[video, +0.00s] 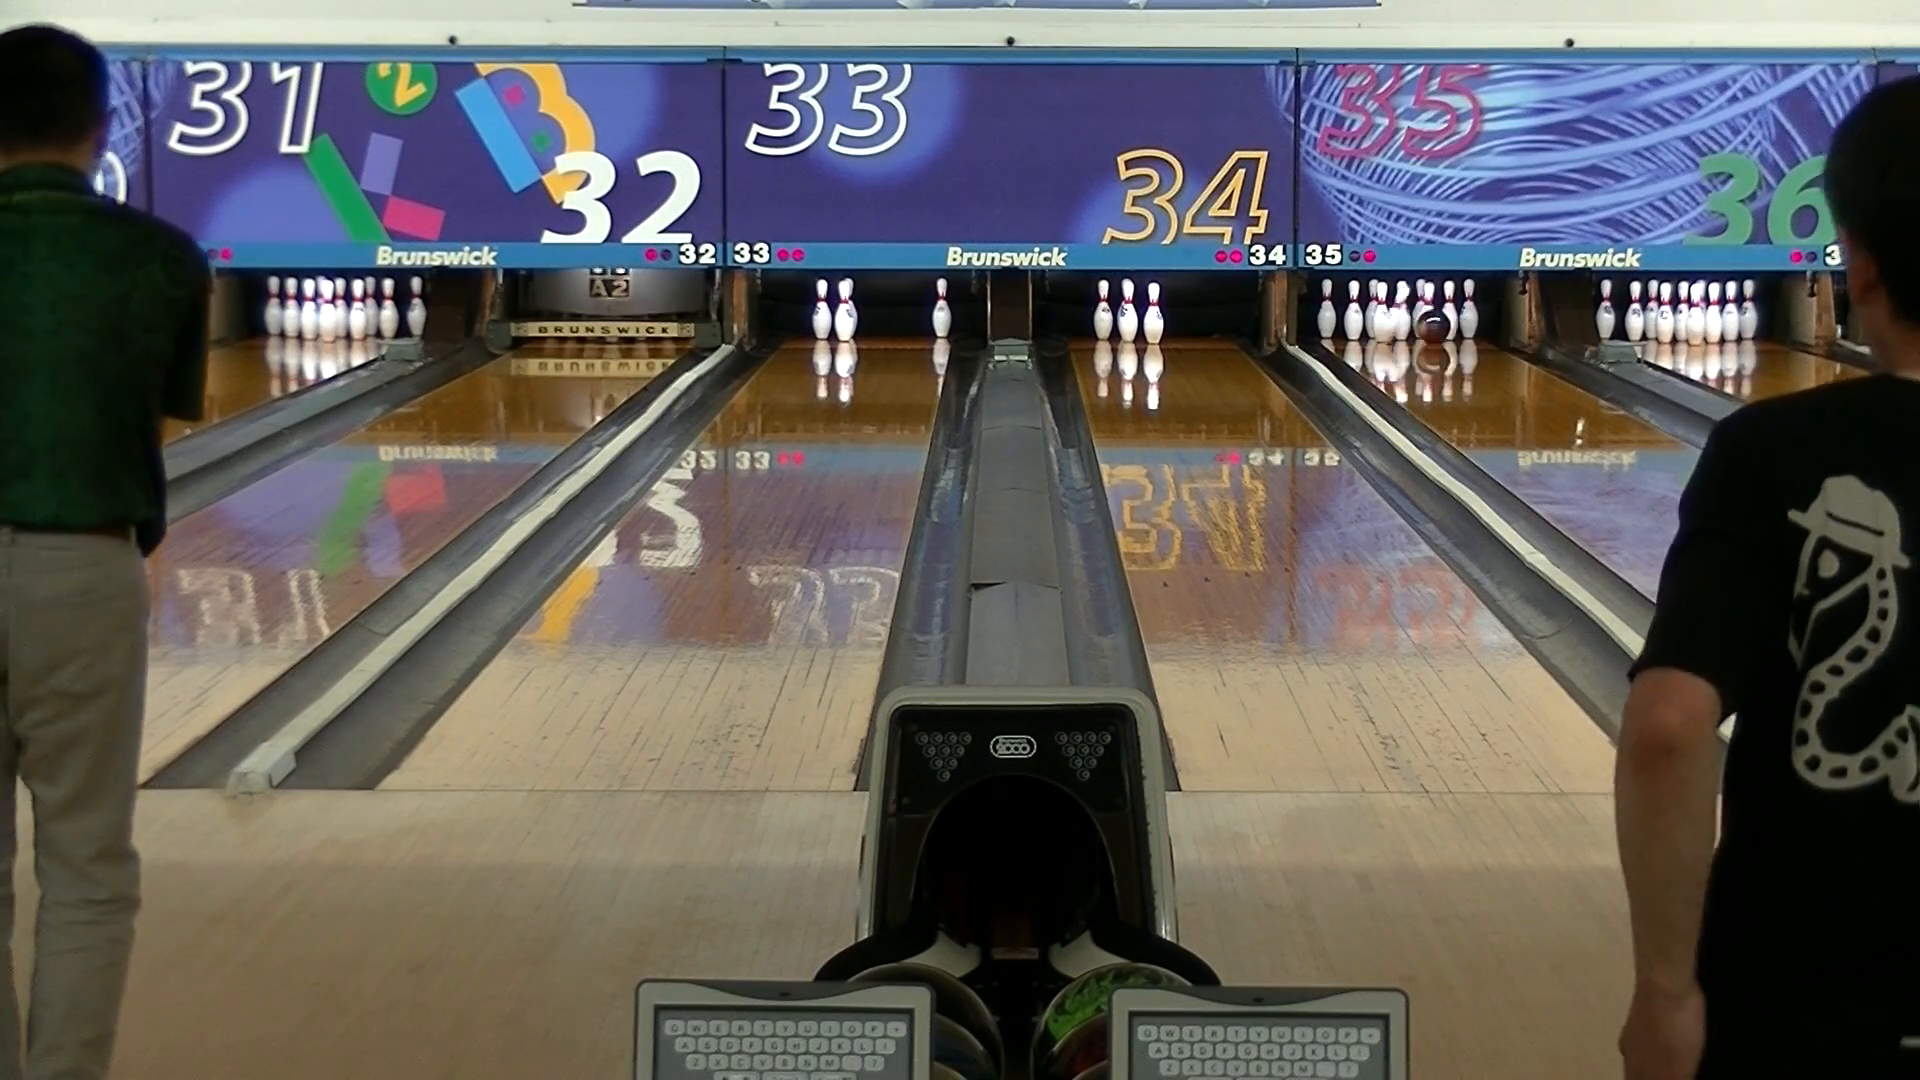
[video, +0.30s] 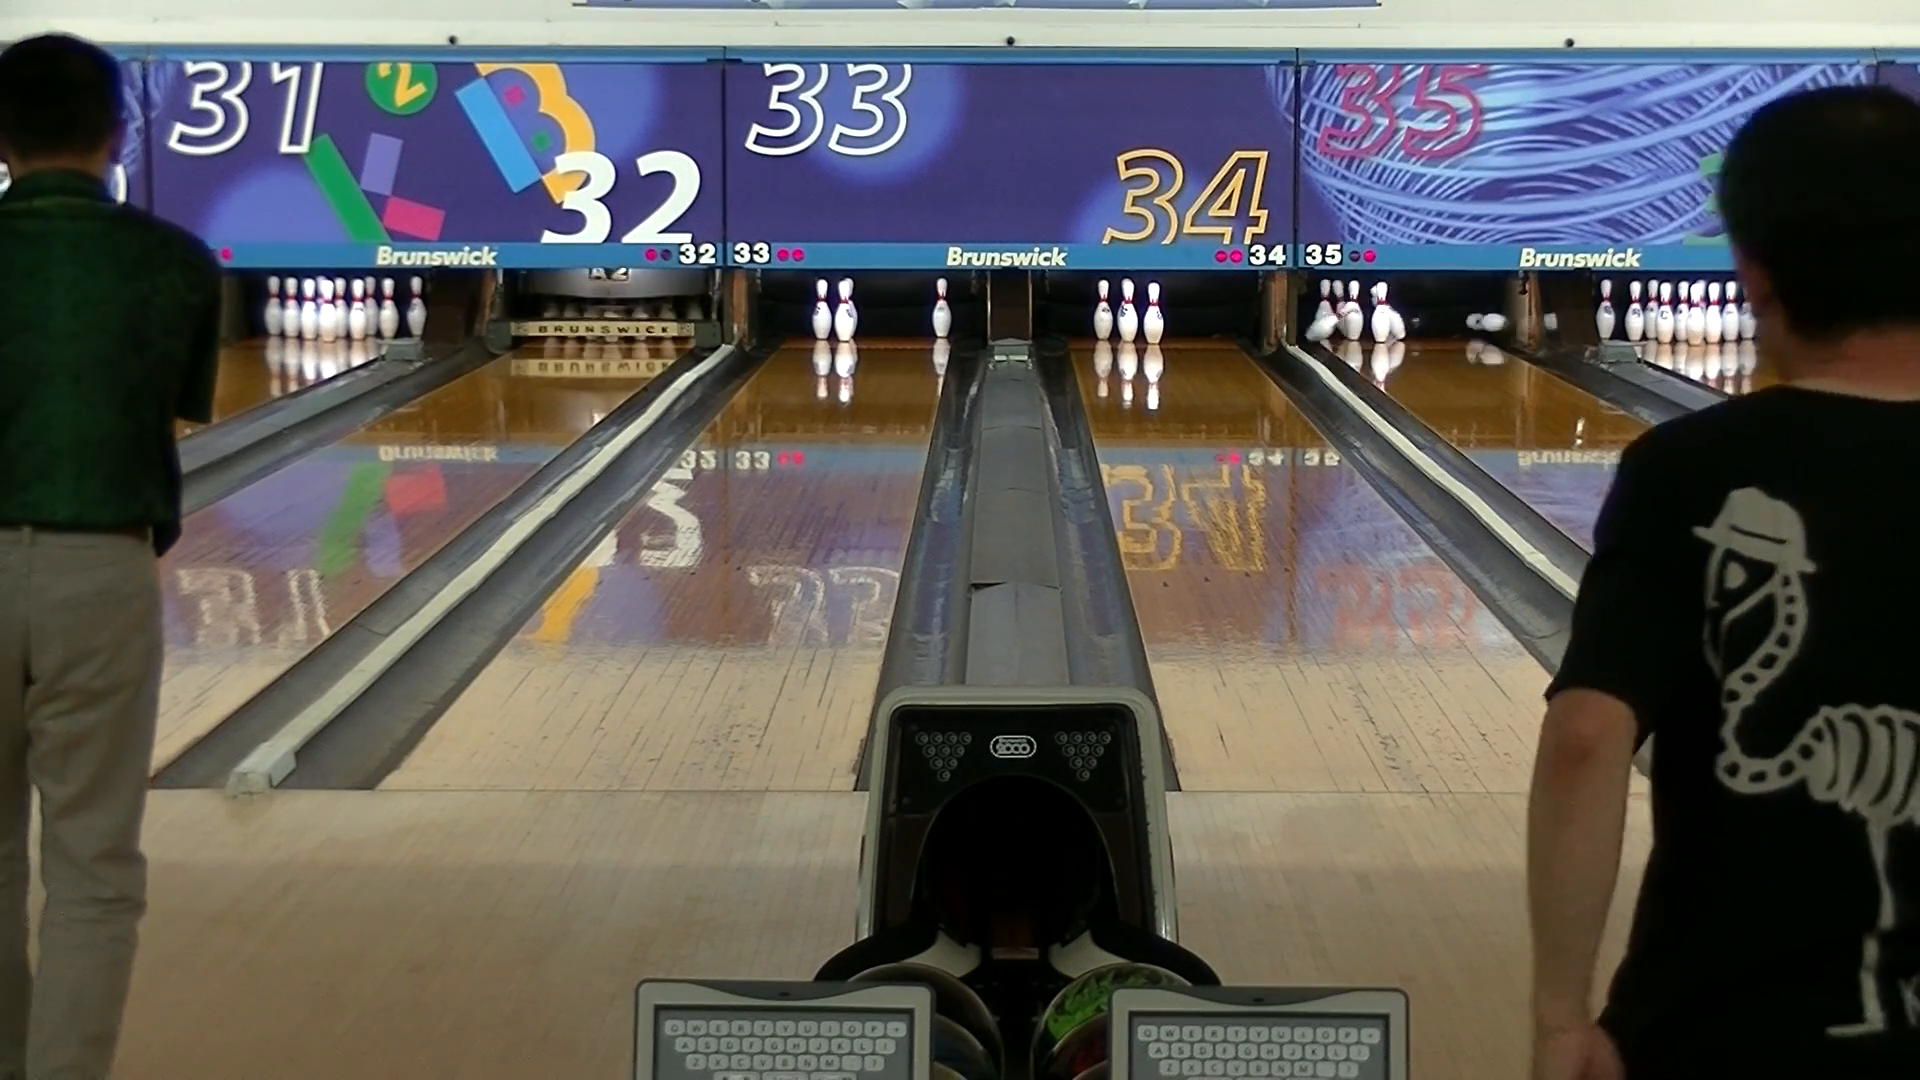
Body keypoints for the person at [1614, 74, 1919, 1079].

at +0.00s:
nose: (1839, 258)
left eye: (1841, 236)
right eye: (1842, 233)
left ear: (1861, 264)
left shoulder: (1775, 452)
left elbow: (1667, 722)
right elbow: (1668, 722)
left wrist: (1665, 989)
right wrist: (1668, 990)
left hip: (1803, 1003)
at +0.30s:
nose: (1740, 275)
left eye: (1735, 252)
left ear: (1755, 277)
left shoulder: (1691, 465)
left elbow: (1582, 737)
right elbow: (1581, 736)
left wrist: (1562, 1014)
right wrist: (1564, 1016)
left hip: (1719, 1023)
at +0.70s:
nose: (1454, 258)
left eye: (1452, 235)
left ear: (1466, 257)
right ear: (1647, 227)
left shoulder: (1424, 455)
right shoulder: (1792, 428)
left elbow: (1366, 761)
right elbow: (1885, 723)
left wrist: (1295, 965)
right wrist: (1805, 801)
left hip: (1517, 1001)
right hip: (1744, 1000)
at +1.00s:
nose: (1341, 318)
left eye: (1331, 285)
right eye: (1332, 290)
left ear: (1355, 277)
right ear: (1495, 234)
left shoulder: (1359, 467)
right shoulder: (1675, 417)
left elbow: (1311, 775)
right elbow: (1770, 703)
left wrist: (1249, 870)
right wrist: (1652, 784)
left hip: (1448, 984)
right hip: (1645, 979)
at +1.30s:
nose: (1236, 414)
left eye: (1215, 381)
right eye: (1211, 388)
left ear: (1246, 343)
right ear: (1347, 293)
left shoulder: (1312, 474)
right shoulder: (1550, 438)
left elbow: (1284, 769)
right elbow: (1655, 711)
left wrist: (1256, 858)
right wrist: (1543, 782)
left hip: (1415, 978)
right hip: (1574, 954)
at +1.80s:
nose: (1060, 618)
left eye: (1028, 587)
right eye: (1029, 598)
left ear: (1051, 517)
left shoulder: (1150, 533)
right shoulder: (1294, 498)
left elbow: (1229, 780)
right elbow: (1346, 772)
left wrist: (1190, 919)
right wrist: (1203, 915)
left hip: (1448, 873)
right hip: (1556, 841)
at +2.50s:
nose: (1047, 624)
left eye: (1013, 600)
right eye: (1015, 614)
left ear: (1025, 518)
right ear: (1031, 505)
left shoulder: (1132, 555)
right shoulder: (1269, 493)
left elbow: (1237, 791)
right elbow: (1333, 780)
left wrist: (1164, 918)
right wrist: (1182, 937)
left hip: (1450, 894)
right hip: (1546, 852)